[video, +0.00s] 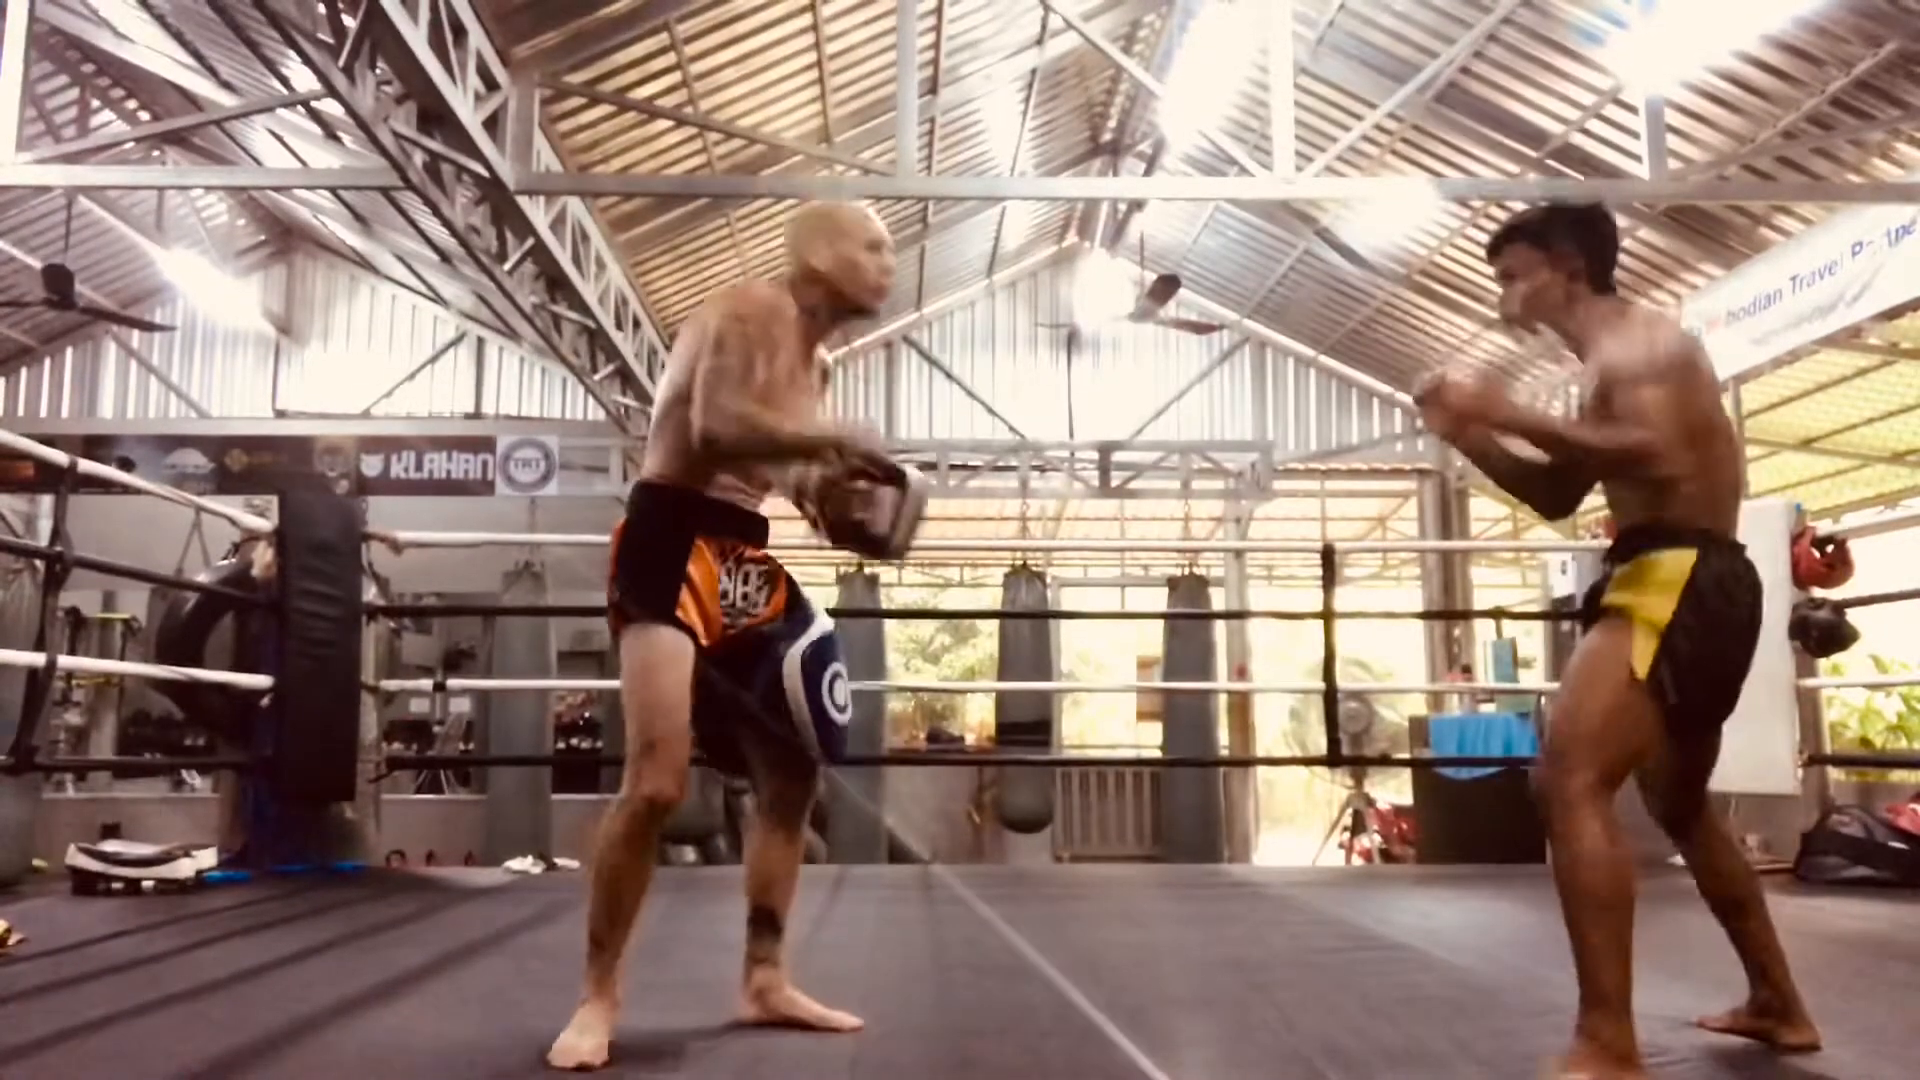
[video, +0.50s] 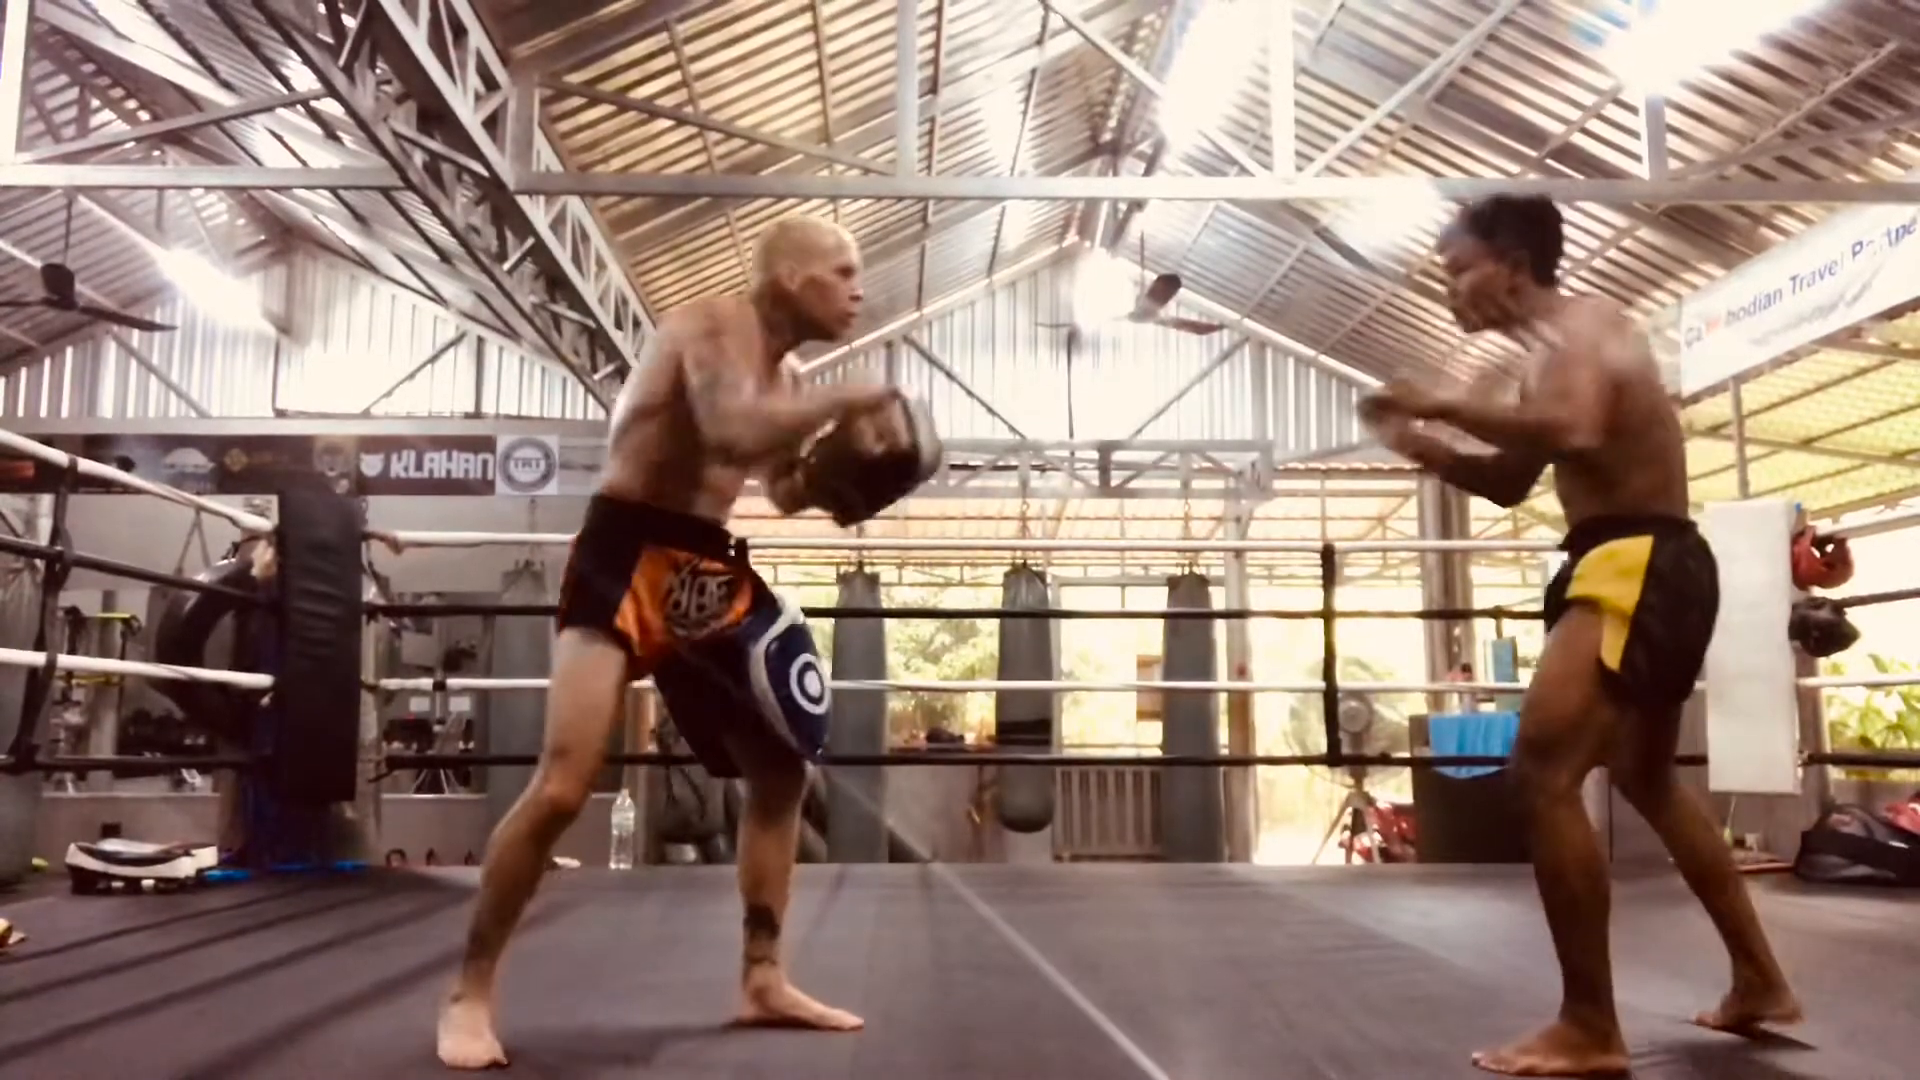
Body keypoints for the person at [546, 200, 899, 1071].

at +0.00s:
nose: (887, 273)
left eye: (887, 257)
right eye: (874, 254)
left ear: (838, 267)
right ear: (823, 257)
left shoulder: (806, 360)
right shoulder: (751, 308)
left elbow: (783, 464)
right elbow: (717, 424)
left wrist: (833, 504)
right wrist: (835, 442)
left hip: (742, 550)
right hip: (672, 534)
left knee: (792, 770)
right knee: (656, 785)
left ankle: (765, 981)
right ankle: (598, 998)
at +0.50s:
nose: (857, 292)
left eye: (857, 277)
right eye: (842, 276)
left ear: (808, 286)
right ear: (791, 281)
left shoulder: (779, 372)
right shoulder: (712, 320)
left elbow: (781, 491)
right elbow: (730, 423)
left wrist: (843, 465)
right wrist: (853, 397)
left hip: (707, 562)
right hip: (624, 549)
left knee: (781, 770)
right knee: (561, 791)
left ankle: (764, 980)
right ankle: (471, 992)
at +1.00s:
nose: (881, 300)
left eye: (881, 284)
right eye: (868, 280)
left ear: (833, 287)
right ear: (816, 278)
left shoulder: (815, 385)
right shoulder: (733, 333)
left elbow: (833, 497)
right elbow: (740, 425)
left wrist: (904, 433)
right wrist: (884, 450)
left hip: (751, 576)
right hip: (665, 563)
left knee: (877, 745)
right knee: (572, 796)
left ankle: (876, 962)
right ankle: (473, 996)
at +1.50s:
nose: (1029, 300)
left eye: (1034, 290)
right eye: (1022, 279)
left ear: (1011, 296)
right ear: (974, 265)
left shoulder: (985, 371)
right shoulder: (919, 318)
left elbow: (1047, 458)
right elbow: (808, 400)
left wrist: (1049, 366)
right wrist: (803, 409)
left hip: (959, 566)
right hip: (968, 494)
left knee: (1039, 774)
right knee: (1204, 462)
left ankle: (1024, 980)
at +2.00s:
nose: (1109, 288)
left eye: (1116, 272)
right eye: (1103, 266)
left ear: (1061, 250)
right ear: (1054, 243)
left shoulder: (1017, 323)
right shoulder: (990, 288)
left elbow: (1002, 487)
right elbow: (1106, 385)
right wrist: (1193, 323)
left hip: (977, 545)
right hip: (930, 534)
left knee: (1044, 767)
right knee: (984, 786)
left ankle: (1022, 982)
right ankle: (901, 1042)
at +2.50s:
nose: (1102, 233)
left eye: (1106, 218)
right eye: (1100, 213)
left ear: (1034, 190)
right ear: (1056, 193)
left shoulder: (969, 262)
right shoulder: (1011, 248)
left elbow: (922, 442)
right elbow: (1044, 380)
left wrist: (1053, 457)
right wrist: (1136, 373)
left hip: (947, 512)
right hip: (989, 504)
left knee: (1020, 771)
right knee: (1006, 776)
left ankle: (1031, 977)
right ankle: (890, 1039)